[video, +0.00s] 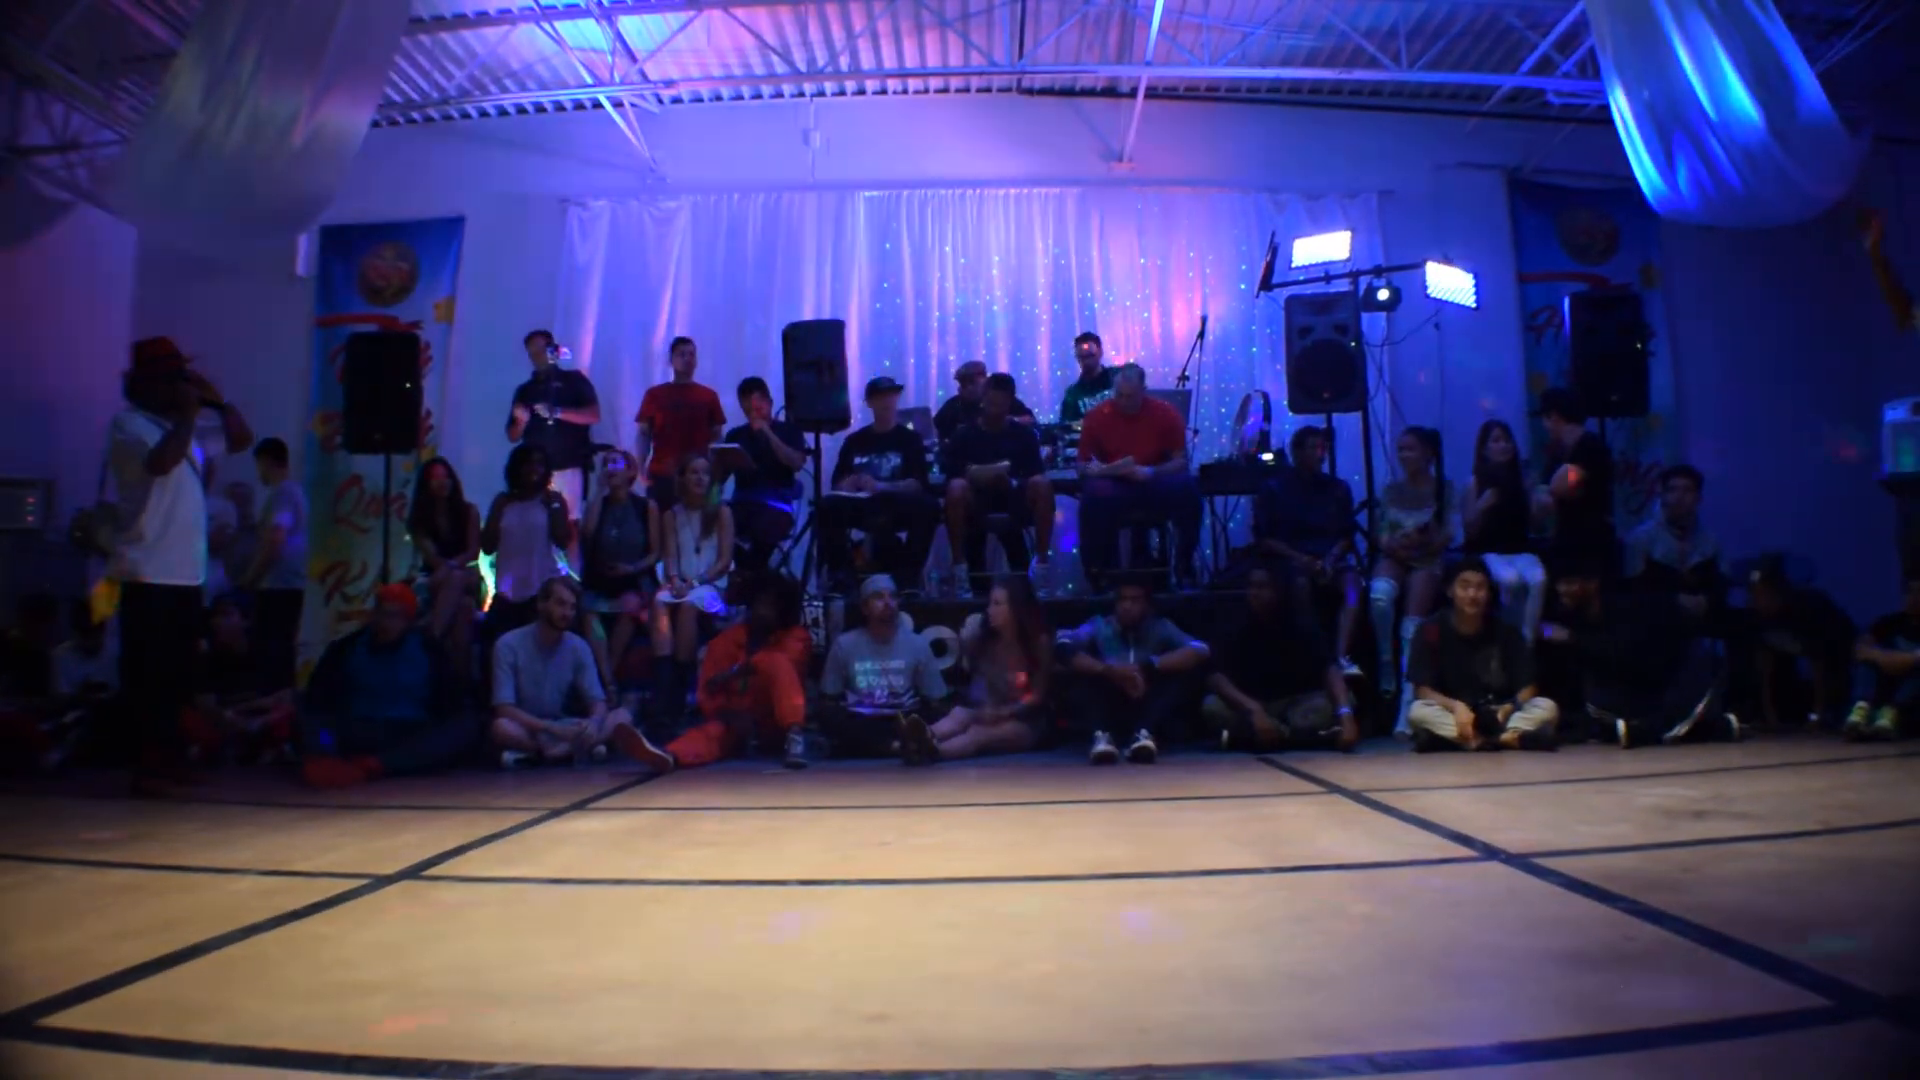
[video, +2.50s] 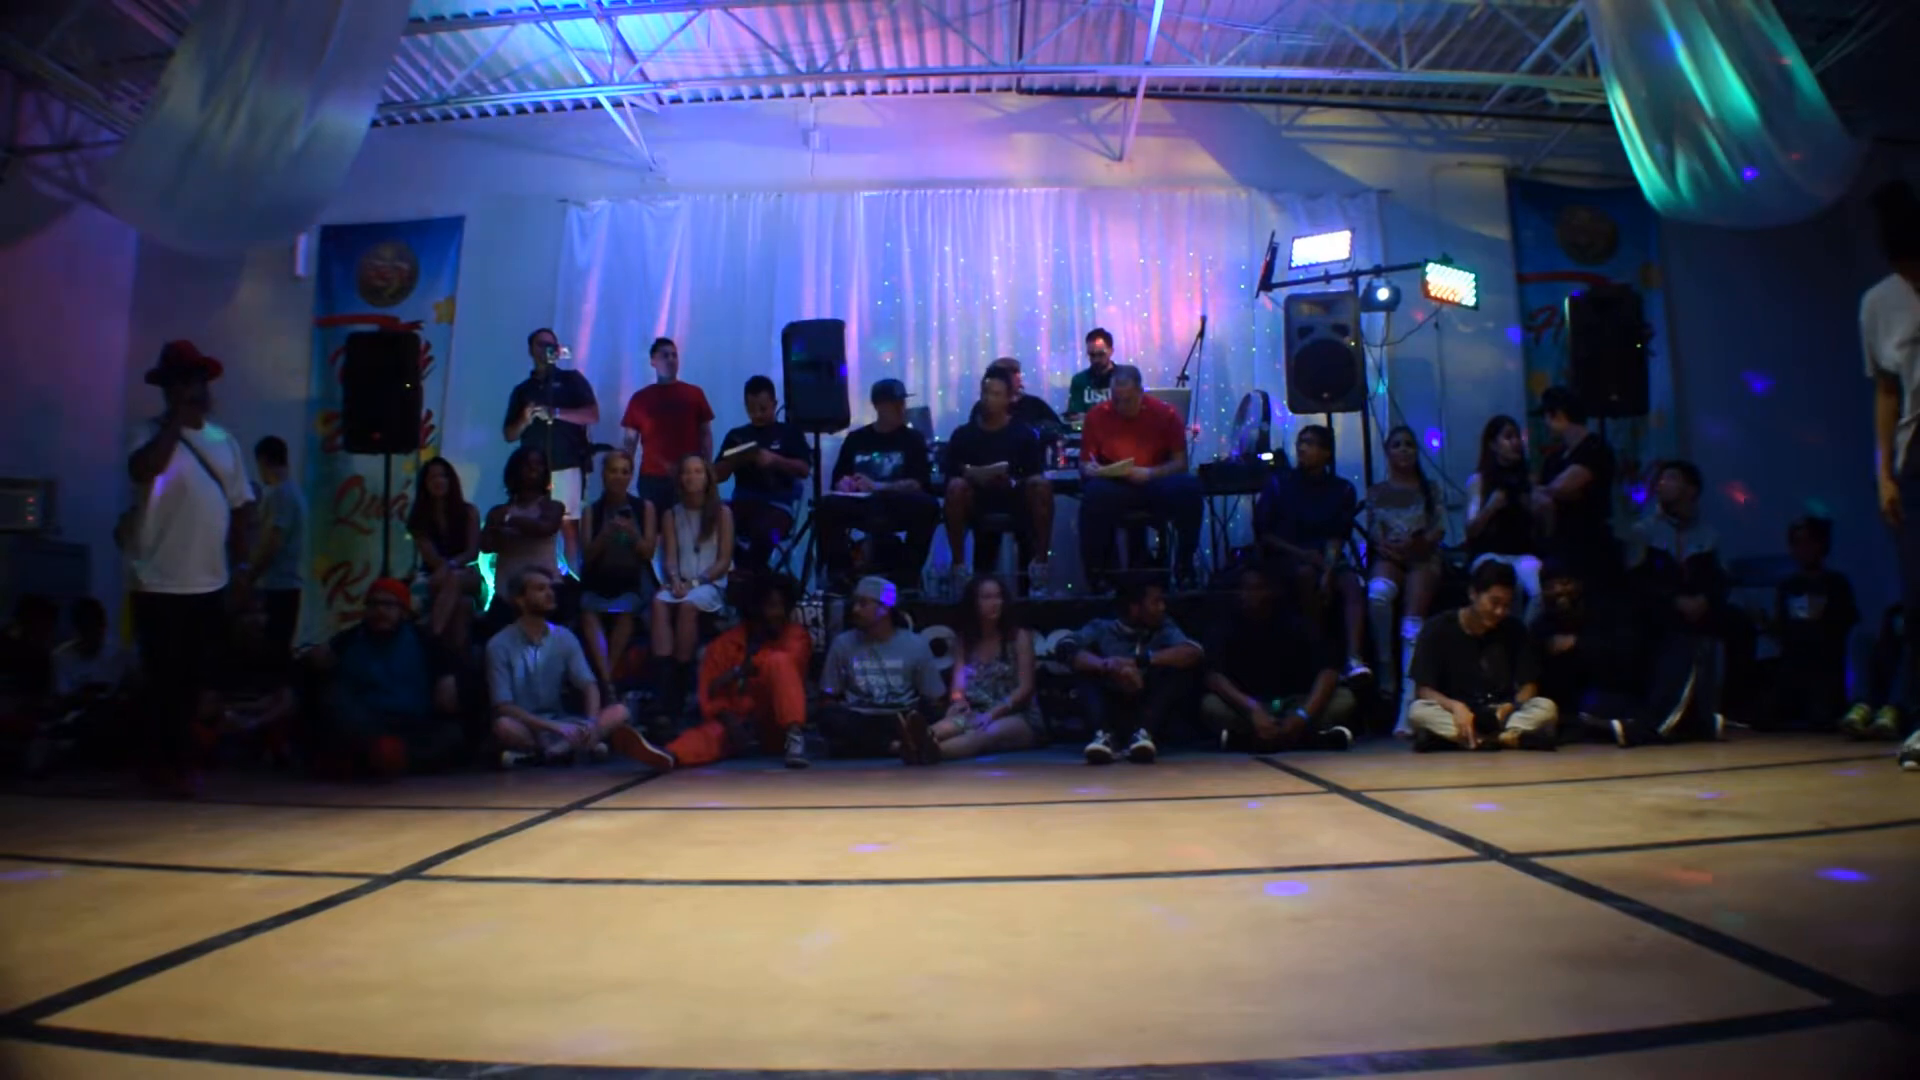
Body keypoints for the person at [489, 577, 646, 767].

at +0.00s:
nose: (567, 613)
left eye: (572, 607)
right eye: (561, 604)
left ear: (576, 610)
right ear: (542, 605)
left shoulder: (578, 647)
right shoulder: (509, 645)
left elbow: (598, 702)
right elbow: (504, 708)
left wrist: (593, 725)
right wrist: (555, 729)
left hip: (566, 722)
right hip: (528, 723)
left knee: (622, 716)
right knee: (502, 728)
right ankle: (576, 748)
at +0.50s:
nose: (570, 611)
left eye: (573, 604)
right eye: (562, 603)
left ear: (577, 607)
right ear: (541, 606)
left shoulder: (578, 647)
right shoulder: (509, 645)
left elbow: (598, 701)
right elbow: (504, 707)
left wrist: (593, 724)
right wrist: (556, 729)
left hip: (564, 723)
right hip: (527, 723)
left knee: (623, 716)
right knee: (502, 728)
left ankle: (546, 753)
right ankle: (578, 748)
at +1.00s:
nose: (574, 609)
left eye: (575, 603)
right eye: (567, 603)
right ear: (543, 607)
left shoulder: (579, 647)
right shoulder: (509, 645)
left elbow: (598, 701)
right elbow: (505, 709)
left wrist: (593, 725)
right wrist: (556, 729)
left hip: (564, 722)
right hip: (527, 722)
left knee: (622, 716)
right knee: (501, 727)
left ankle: (560, 750)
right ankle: (577, 747)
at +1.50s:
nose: (566, 594)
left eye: (563, 588)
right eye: (559, 589)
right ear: (539, 602)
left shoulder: (565, 635)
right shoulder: (506, 643)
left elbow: (587, 684)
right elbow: (505, 707)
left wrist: (590, 719)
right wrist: (557, 729)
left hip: (562, 718)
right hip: (527, 721)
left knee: (622, 715)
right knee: (503, 728)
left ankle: (554, 752)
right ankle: (580, 747)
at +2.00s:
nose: (542, 591)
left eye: (540, 586)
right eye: (533, 587)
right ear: (511, 599)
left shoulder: (553, 632)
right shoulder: (492, 645)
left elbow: (571, 679)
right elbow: (502, 705)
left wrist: (588, 721)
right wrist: (562, 728)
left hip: (559, 712)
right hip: (523, 717)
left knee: (614, 702)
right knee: (501, 726)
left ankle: (553, 749)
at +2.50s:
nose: (550, 593)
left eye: (550, 587)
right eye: (541, 589)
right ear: (520, 600)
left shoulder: (564, 637)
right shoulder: (500, 644)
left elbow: (589, 685)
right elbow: (503, 705)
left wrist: (592, 723)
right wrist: (554, 728)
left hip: (563, 717)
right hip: (525, 719)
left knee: (620, 712)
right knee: (503, 726)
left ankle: (555, 750)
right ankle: (580, 748)